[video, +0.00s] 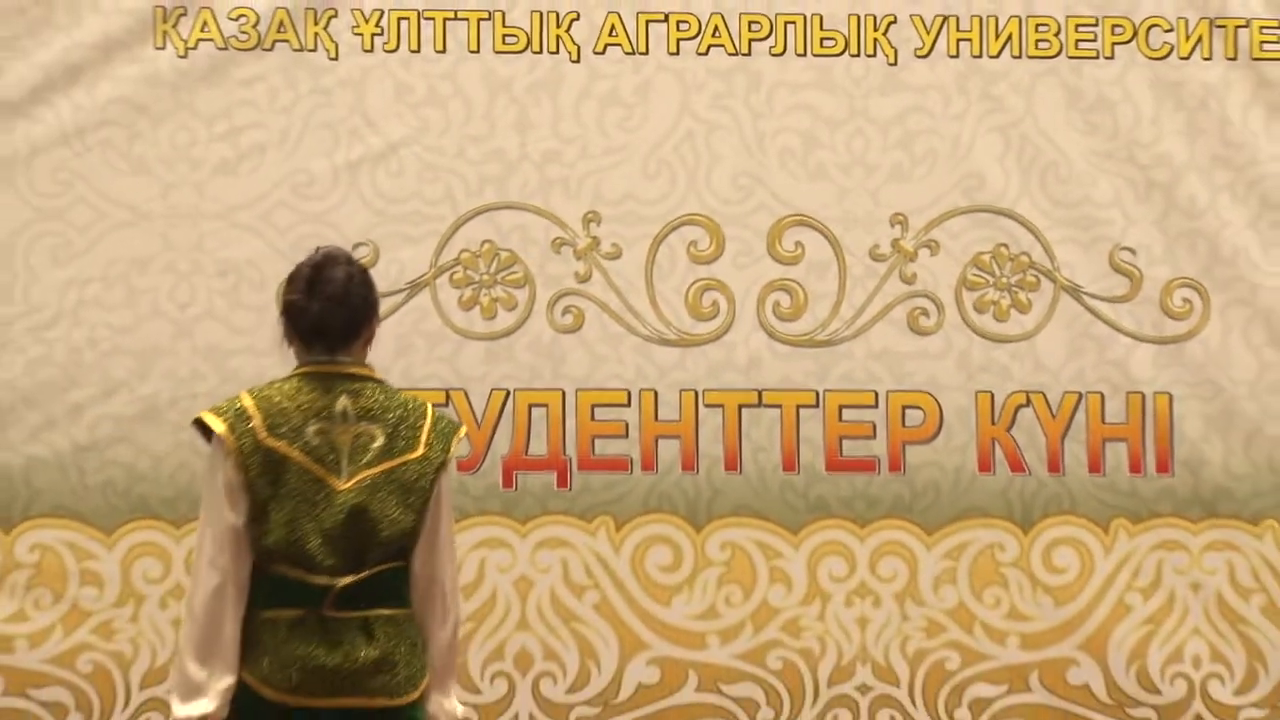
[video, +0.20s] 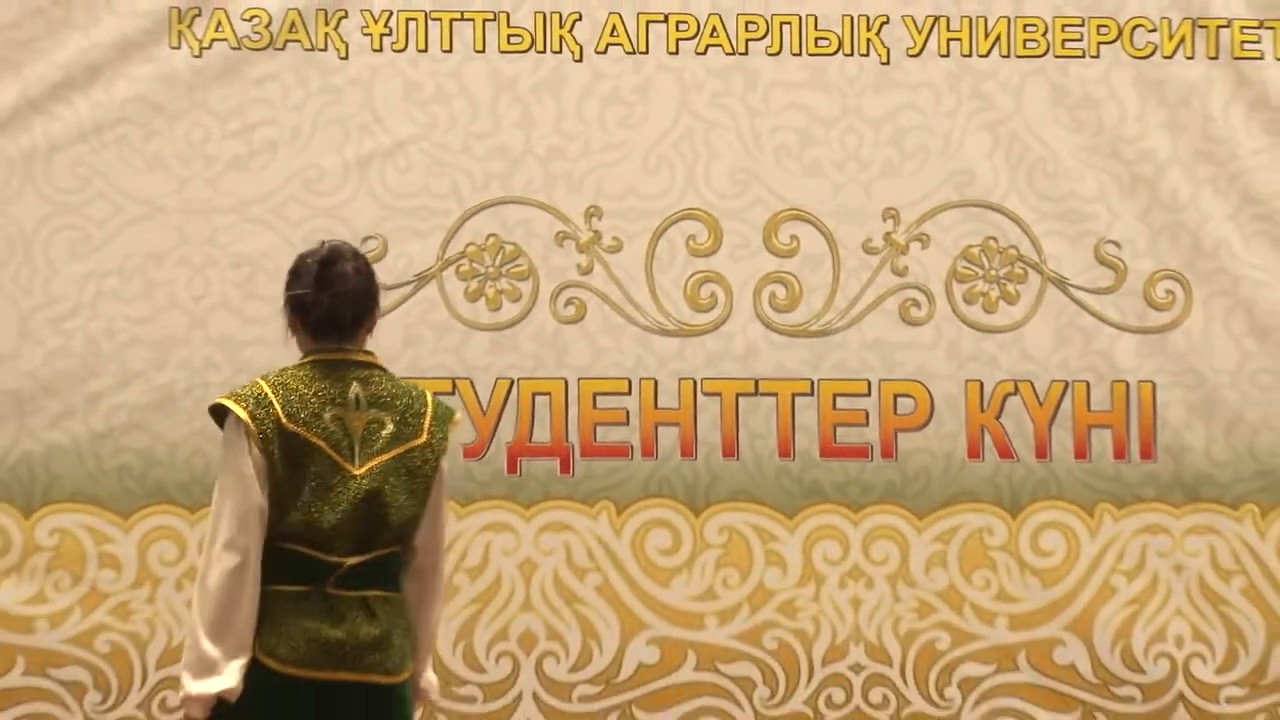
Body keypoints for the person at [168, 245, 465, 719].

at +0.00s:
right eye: (375, 320)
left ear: (287, 330)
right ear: (372, 330)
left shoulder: (244, 424)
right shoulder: (423, 429)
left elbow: (219, 574)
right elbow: (434, 576)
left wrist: (197, 700)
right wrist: (442, 699)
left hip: (273, 689)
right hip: (389, 690)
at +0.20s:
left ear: (291, 319)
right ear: (374, 320)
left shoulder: (260, 408)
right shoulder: (421, 413)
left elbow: (235, 551)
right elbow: (427, 557)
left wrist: (205, 679)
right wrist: (419, 667)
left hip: (280, 670)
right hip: (381, 670)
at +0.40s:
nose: (269, 311)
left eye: (270, 302)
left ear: (275, 313)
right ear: (354, 315)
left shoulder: (240, 402)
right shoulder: (395, 409)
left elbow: (221, 545)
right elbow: (395, 550)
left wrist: (192, 671)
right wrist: (393, 667)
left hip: (257, 664)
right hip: (352, 667)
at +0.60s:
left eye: (246, 295)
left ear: (253, 305)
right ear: (328, 306)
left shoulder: (217, 392)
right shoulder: (369, 402)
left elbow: (188, 533)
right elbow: (369, 540)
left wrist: (150, 652)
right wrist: (364, 651)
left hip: (222, 654)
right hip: (320, 658)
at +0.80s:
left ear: (237, 292)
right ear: (314, 291)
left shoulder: (200, 380)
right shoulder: (358, 382)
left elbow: (168, 512)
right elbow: (368, 513)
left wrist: (141, 624)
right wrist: (367, 622)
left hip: (222, 623)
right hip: (318, 627)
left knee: (218, 709)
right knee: (309, 710)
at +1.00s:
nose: (317, 271)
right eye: (316, 262)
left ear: (240, 270)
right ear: (311, 270)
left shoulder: (192, 357)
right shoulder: (351, 353)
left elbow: (177, 486)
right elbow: (372, 480)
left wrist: (175, 594)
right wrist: (388, 585)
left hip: (231, 598)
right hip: (331, 597)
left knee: (235, 713)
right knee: (344, 711)